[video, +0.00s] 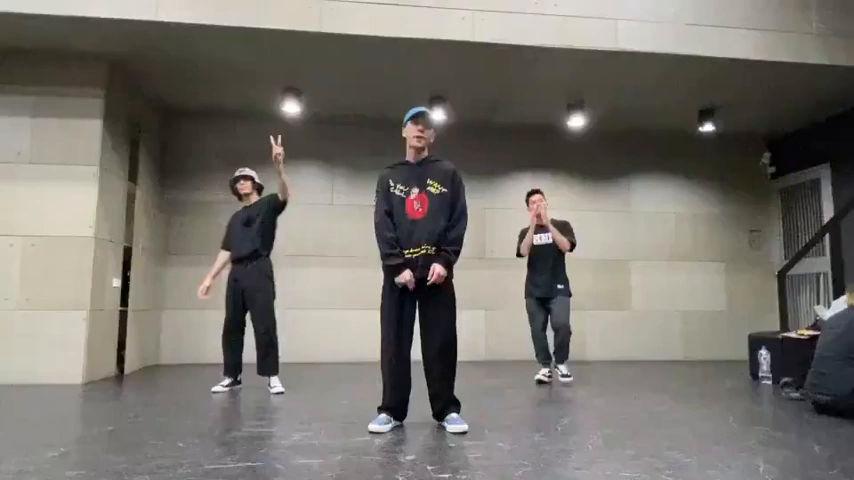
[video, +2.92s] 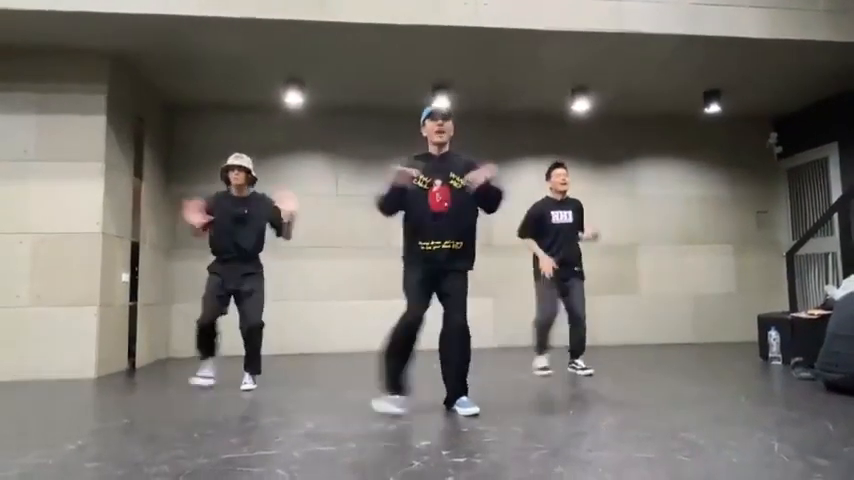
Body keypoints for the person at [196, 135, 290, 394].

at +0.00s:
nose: (241, 183)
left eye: (246, 179)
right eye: (237, 181)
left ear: (255, 184)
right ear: (235, 188)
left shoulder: (268, 204)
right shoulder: (235, 217)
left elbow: (284, 195)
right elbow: (226, 251)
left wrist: (279, 166)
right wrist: (210, 277)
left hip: (259, 270)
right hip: (236, 272)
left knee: (265, 326)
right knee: (232, 327)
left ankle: (272, 376)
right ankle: (231, 376)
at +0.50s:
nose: (273, 182)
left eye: (278, 179)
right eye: (270, 178)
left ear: (286, 185)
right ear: (264, 184)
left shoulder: (295, 209)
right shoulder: (252, 211)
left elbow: (319, 220)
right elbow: (245, 247)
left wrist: (315, 190)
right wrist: (244, 277)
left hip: (282, 274)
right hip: (256, 274)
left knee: (280, 329)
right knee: (246, 326)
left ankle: (277, 378)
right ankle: (242, 376)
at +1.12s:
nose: (278, 185)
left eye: (283, 181)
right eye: (274, 182)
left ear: (291, 187)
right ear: (269, 187)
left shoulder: (302, 214)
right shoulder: (256, 212)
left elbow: (315, 231)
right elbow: (245, 244)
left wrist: (319, 232)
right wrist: (247, 270)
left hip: (291, 278)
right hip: (264, 277)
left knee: (290, 332)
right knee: (263, 331)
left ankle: (287, 383)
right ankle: (264, 382)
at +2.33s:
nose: (246, 166)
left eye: (251, 162)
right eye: (242, 162)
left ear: (259, 169)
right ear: (236, 168)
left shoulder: (273, 196)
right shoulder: (224, 196)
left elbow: (293, 224)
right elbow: (212, 223)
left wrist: (281, 242)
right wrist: (216, 242)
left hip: (262, 266)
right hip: (233, 266)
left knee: (262, 321)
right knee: (230, 322)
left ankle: (260, 372)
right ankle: (230, 374)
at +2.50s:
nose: (242, 172)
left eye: (246, 168)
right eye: (238, 168)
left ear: (255, 174)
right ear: (232, 173)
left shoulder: (268, 203)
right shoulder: (221, 201)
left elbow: (271, 239)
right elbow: (218, 236)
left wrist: (252, 246)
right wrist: (232, 242)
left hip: (255, 268)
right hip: (229, 266)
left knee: (256, 322)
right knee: (217, 316)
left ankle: (249, 374)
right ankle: (226, 369)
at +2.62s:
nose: (238, 177)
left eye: (242, 173)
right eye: (234, 173)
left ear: (251, 178)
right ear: (229, 178)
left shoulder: (267, 205)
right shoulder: (220, 203)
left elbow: (289, 225)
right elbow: (192, 222)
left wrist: (304, 226)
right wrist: (160, 218)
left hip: (251, 275)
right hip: (221, 273)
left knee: (258, 327)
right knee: (194, 319)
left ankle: (249, 376)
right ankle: (177, 366)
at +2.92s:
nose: (235, 174)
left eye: (240, 170)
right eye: (232, 170)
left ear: (249, 175)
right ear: (227, 175)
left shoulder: (263, 203)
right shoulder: (217, 201)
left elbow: (285, 234)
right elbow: (199, 233)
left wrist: (289, 217)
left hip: (250, 271)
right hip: (220, 270)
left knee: (252, 324)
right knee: (206, 320)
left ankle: (250, 373)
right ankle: (207, 364)